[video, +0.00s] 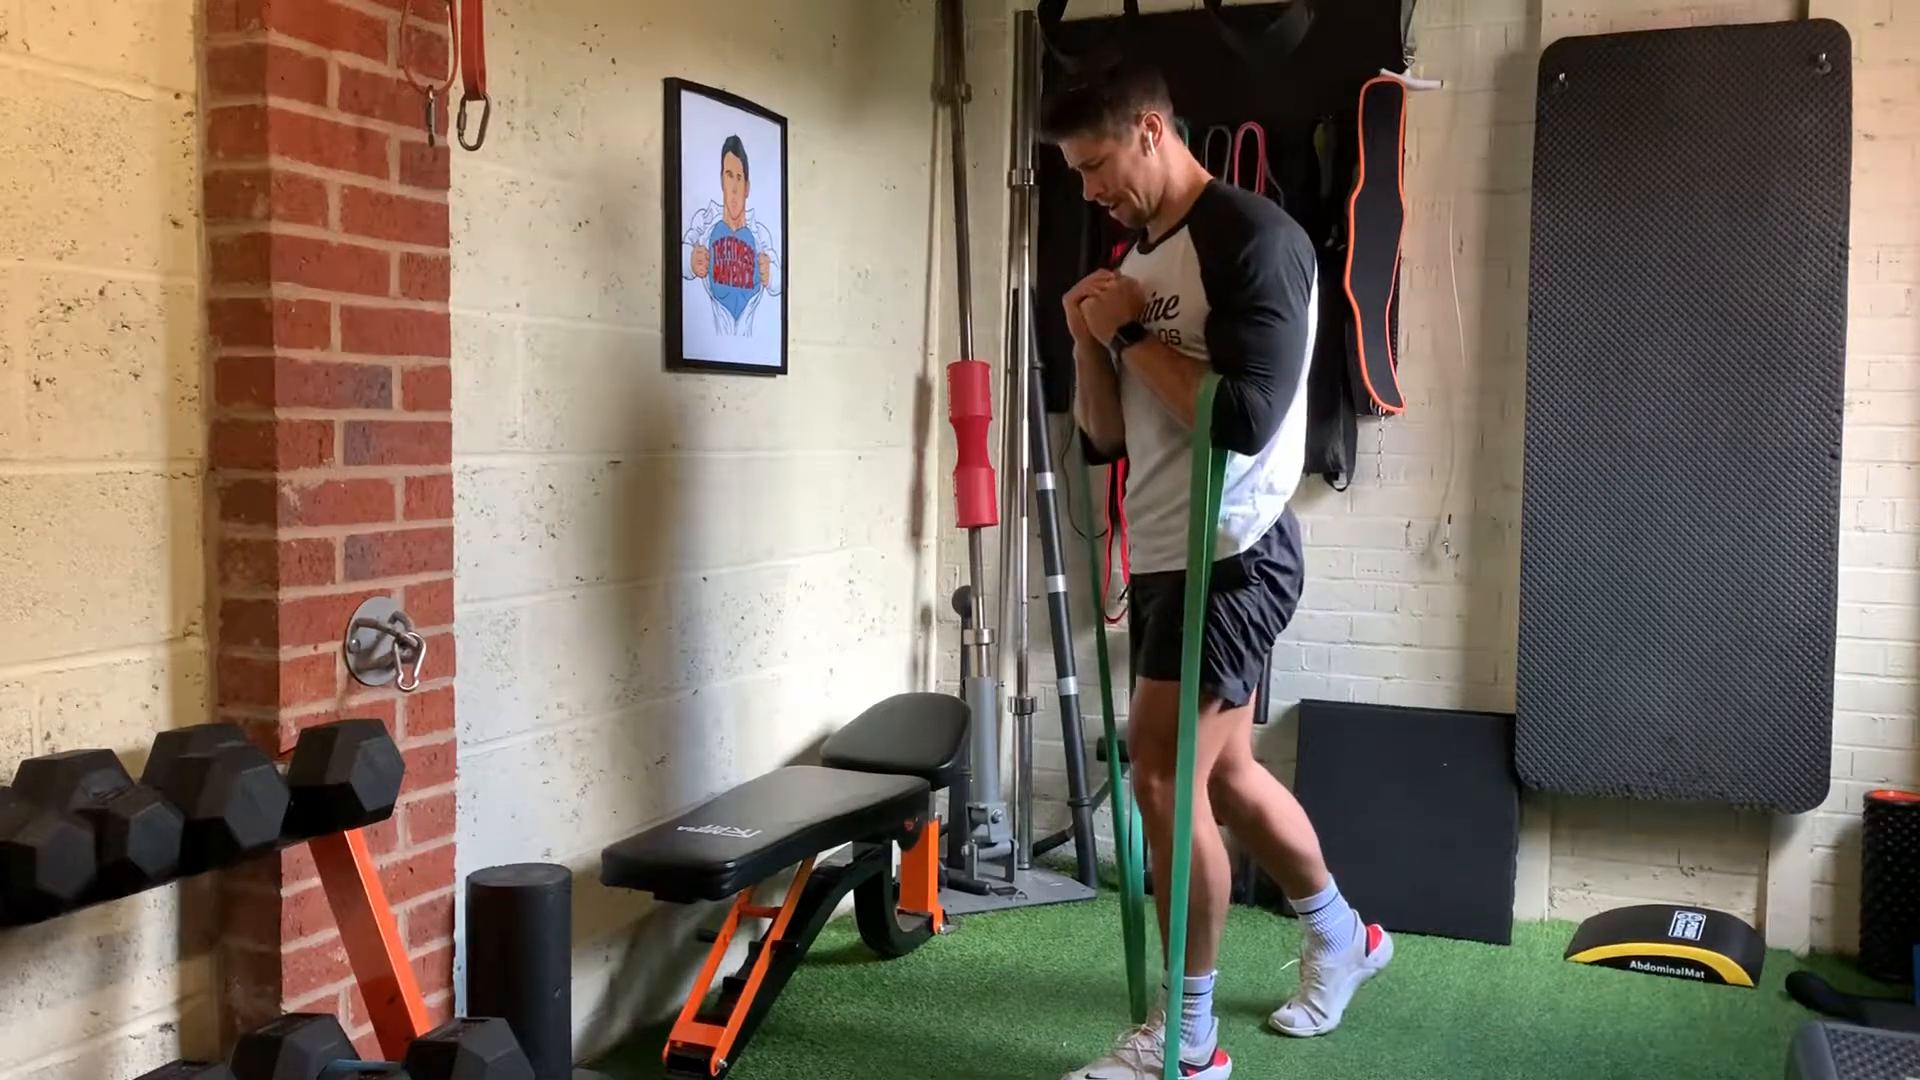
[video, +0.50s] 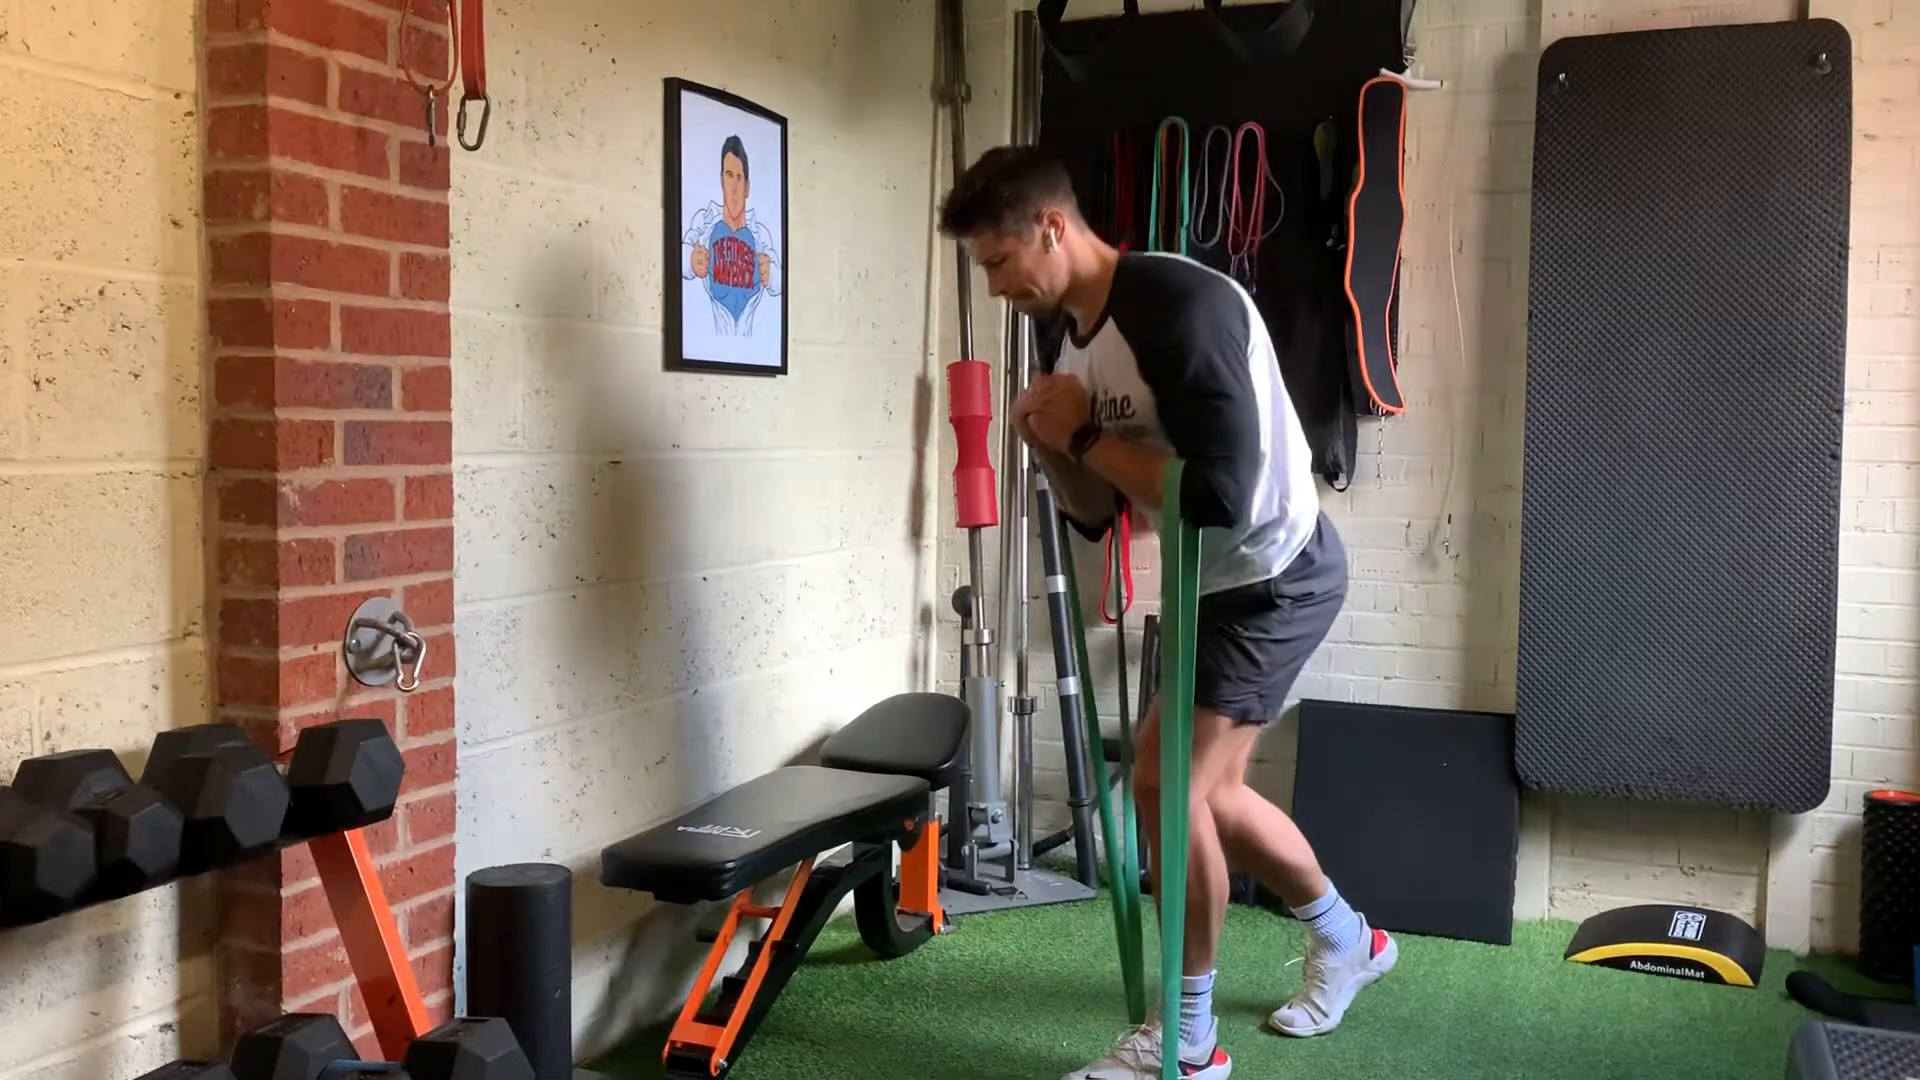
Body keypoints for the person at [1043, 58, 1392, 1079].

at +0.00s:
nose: (1092, 194)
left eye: (1099, 167)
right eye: (1080, 175)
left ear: (1156, 134)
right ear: (1121, 155)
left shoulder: (1261, 241)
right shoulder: (1133, 258)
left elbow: (1245, 420)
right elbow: (1105, 434)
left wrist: (1132, 334)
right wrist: (1092, 344)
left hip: (1235, 549)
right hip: (1163, 550)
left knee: (1163, 772)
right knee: (1229, 774)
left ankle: (1190, 1034)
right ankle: (1343, 936)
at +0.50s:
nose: (995, 286)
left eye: (1001, 262)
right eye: (985, 268)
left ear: (1054, 228)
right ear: (1045, 236)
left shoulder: (1184, 308)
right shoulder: (1067, 333)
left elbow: (1222, 498)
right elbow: (1101, 512)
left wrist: (1084, 441)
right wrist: (1053, 448)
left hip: (1278, 574)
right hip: (1205, 576)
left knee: (1162, 778)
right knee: (1211, 789)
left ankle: (1188, 1034)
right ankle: (1348, 936)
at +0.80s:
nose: (946, 430)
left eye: (948, 406)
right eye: (936, 413)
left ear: (1003, 370)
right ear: (999, 374)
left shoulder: (1146, 417)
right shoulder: (1033, 457)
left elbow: (1214, 590)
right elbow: (1095, 612)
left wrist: (1075, 551)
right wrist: (1040, 565)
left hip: (1310, 586)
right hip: (1236, 595)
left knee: (1191, 795)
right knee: (1210, 807)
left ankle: (1187, 1037)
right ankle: (1350, 940)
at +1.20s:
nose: (926, 577)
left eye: (928, 556)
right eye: (916, 561)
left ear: (978, 521)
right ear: (979, 522)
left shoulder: (1125, 538)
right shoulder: (1025, 577)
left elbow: (1211, 712)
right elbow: (1104, 710)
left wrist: (1070, 675)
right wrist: (1036, 686)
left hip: (1328, 594)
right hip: (1252, 608)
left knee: (1195, 800)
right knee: (1211, 817)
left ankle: (1187, 1041)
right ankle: (1353, 942)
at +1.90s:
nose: (941, 461)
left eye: (945, 439)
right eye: (932, 445)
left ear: (999, 407)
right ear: (995, 410)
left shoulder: (1136, 453)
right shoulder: (1031, 486)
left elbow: (1205, 626)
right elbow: (1095, 636)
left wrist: (1068, 582)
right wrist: (1037, 592)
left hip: (1316, 589)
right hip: (1252, 601)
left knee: (1188, 799)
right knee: (1207, 822)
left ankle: (1185, 1040)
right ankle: (1357, 944)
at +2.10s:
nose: (976, 329)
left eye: (980, 303)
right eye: (963, 311)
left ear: (1032, 272)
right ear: (1017, 284)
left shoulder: (1161, 343)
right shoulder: (1049, 380)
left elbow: (1209, 528)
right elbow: (1084, 547)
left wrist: (1076, 469)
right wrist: (1042, 479)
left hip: (1287, 571)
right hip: (1210, 581)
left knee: (1171, 785)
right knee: (1226, 813)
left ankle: (1185, 1036)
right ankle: (1357, 944)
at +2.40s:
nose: (1062, 215)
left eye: (1068, 187)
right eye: (1047, 198)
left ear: (1119, 150)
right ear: (1052, 189)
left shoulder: (1232, 251)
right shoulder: (1089, 273)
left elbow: (1235, 429)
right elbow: (1088, 450)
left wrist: (1116, 347)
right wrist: (1076, 359)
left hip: (1242, 555)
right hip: (1161, 564)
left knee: (1163, 777)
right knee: (1233, 781)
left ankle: (1185, 1037)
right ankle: (1349, 938)